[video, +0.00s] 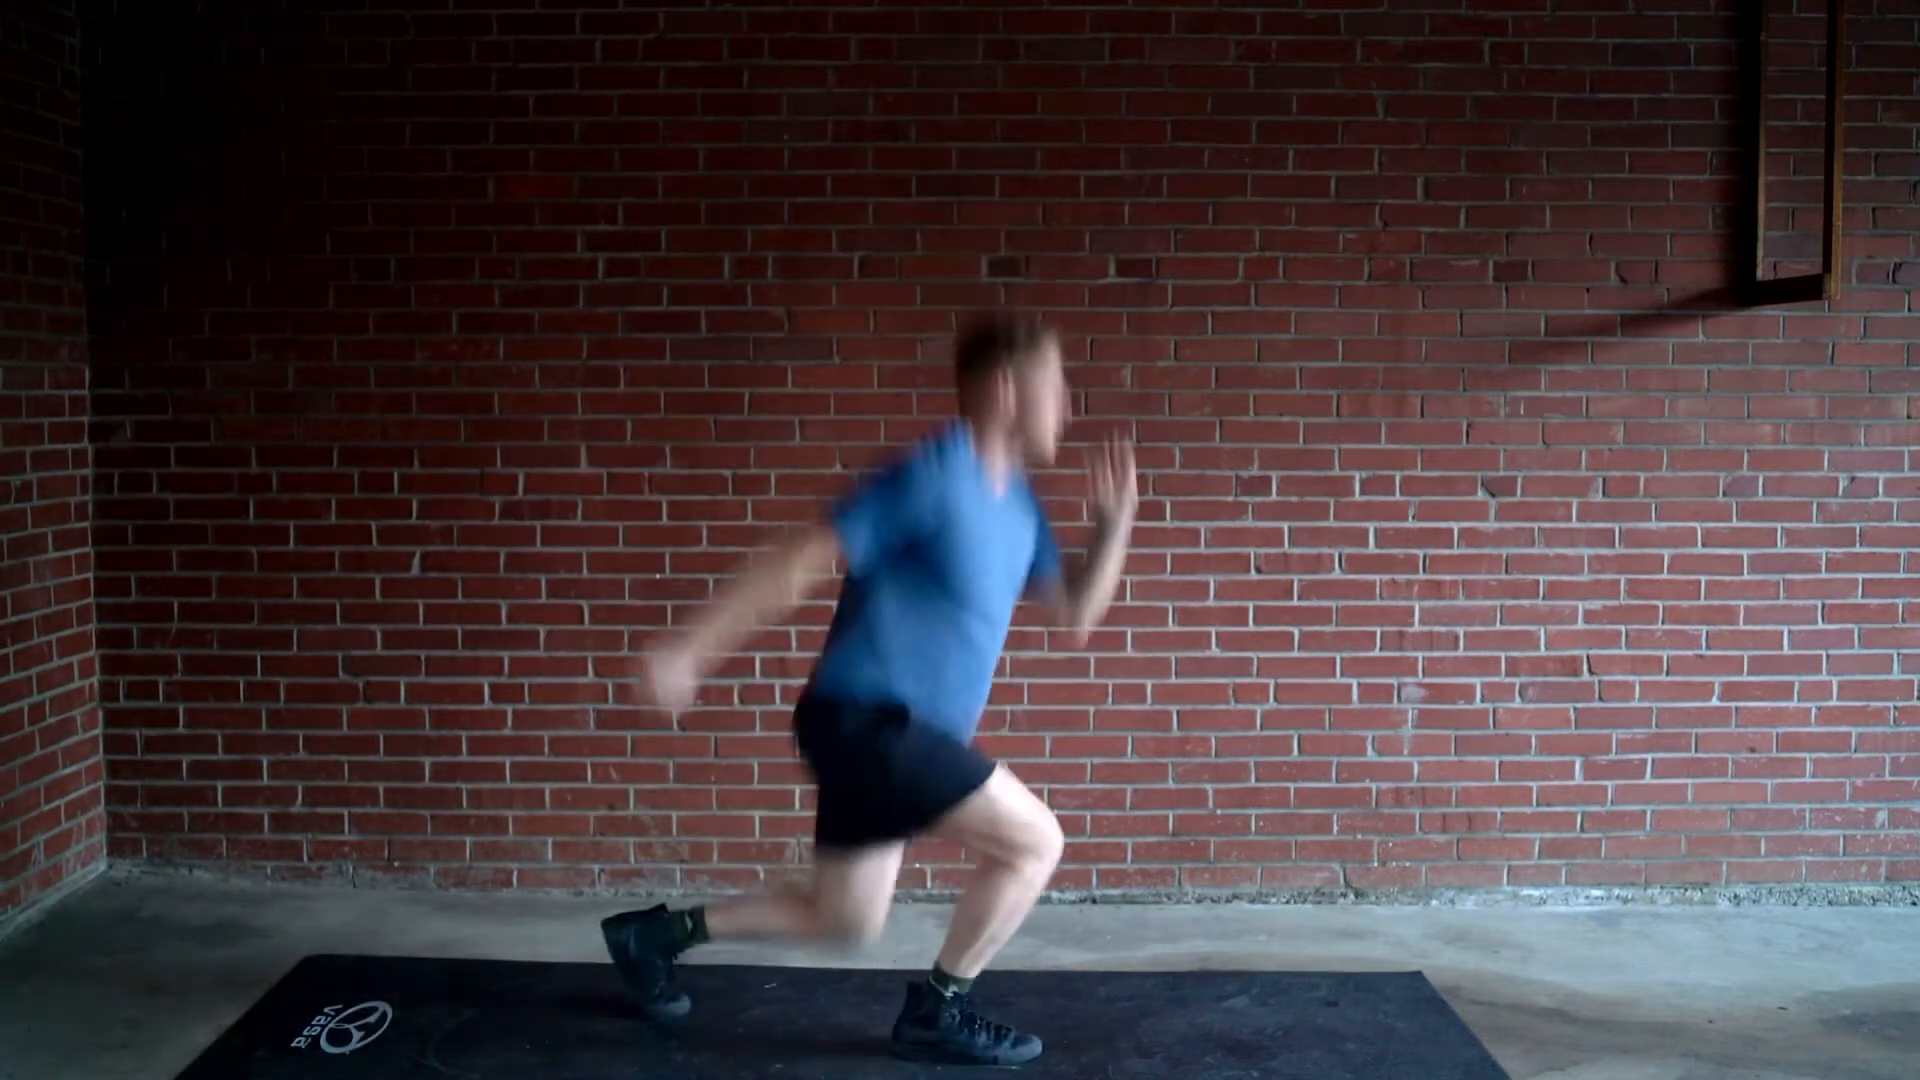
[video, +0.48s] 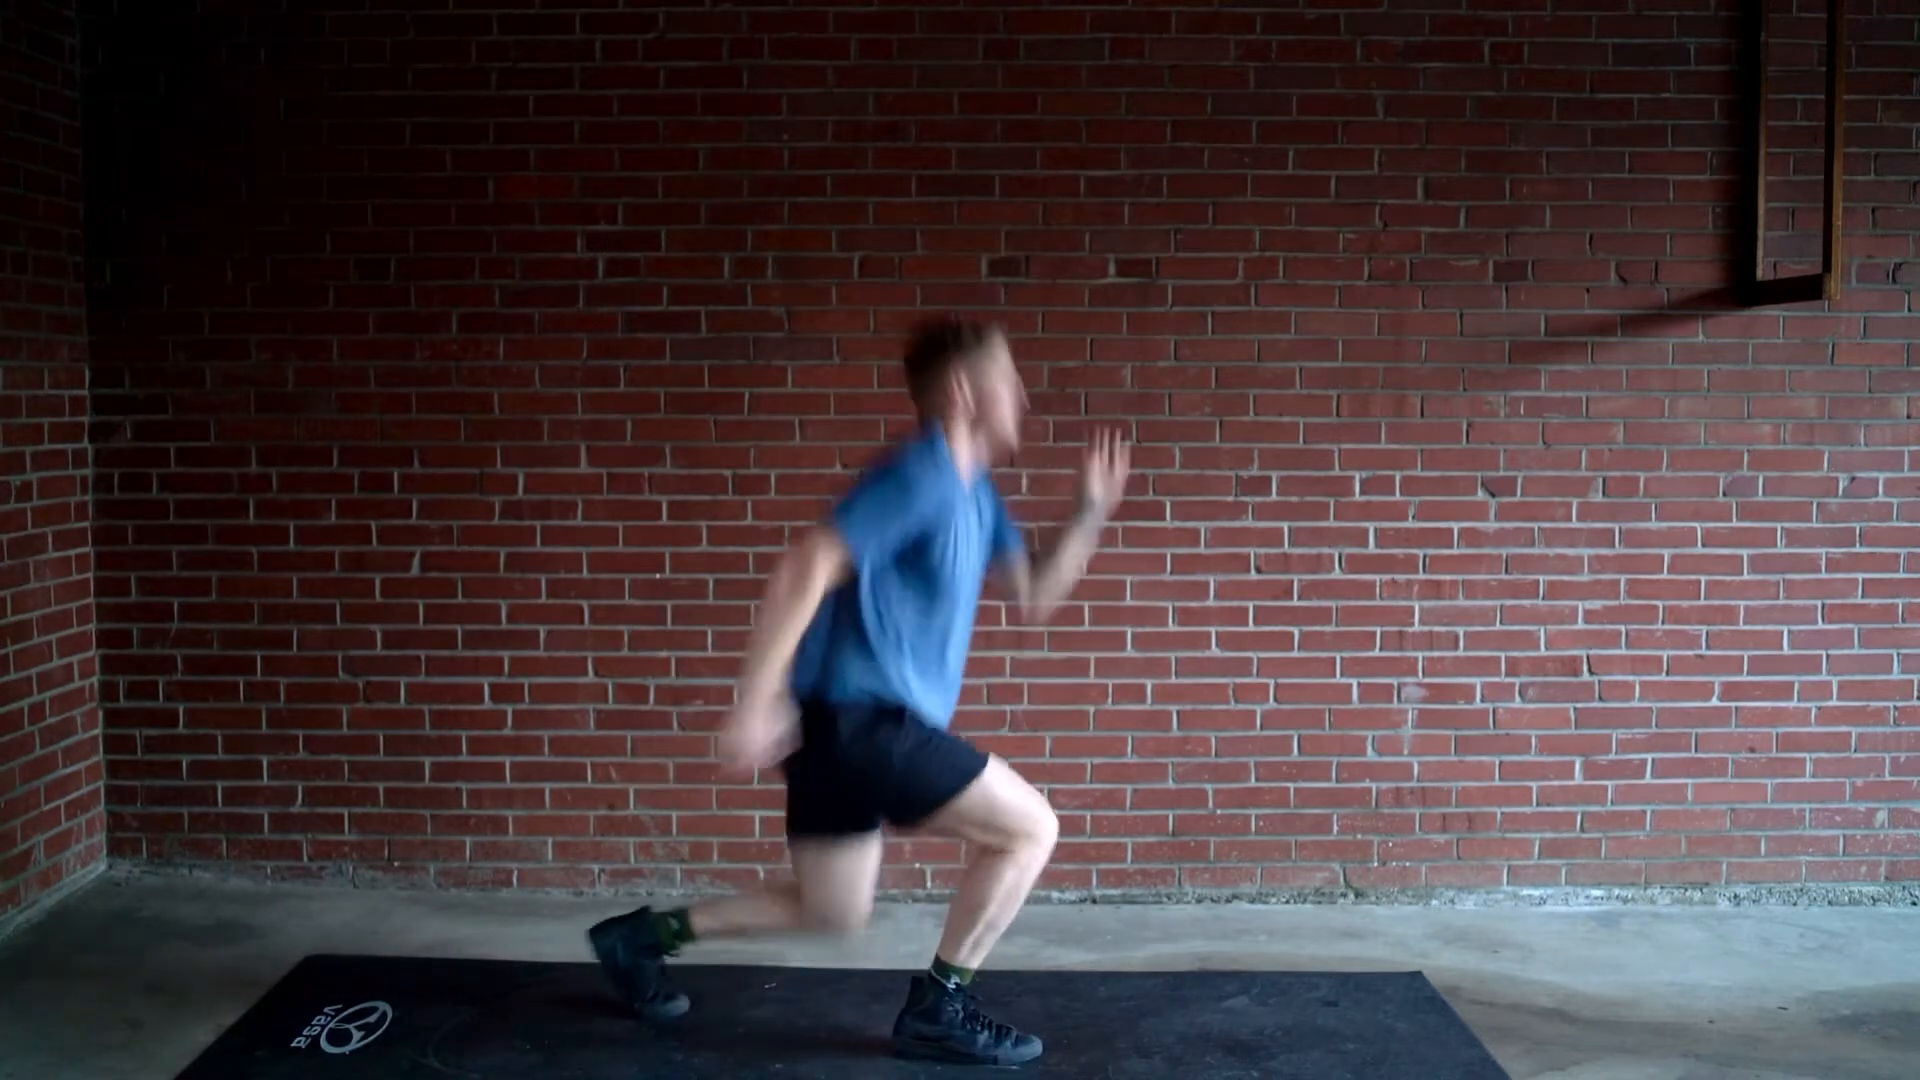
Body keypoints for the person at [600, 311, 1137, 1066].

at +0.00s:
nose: (1065, 399)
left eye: (1063, 380)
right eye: (1053, 380)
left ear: (1019, 388)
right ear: (1002, 386)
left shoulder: (1020, 504)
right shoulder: (933, 476)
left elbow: (1073, 616)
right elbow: (803, 558)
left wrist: (1115, 522)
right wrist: (688, 651)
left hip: (910, 727)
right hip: (862, 719)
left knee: (846, 914)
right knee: (1033, 842)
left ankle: (660, 932)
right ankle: (937, 1009)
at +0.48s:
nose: (1021, 393)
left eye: (1015, 376)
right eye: (1007, 376)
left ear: (966, 391)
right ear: (962, 389)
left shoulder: (973, 488)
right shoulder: (920, 476)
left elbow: (1034, 595)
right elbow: (809, 560)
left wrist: (1092, 514)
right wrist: (756, 697)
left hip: (851, 725)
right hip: (863, 724)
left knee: (831, 906)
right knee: (1029, 829)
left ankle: (644, 936)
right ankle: (940, 1004)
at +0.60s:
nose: (987, 258)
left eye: (983, 240)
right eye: (972, 239)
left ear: (937, 253)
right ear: (925, 252)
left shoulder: (945, 347)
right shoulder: (906, 337)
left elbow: (995, 435)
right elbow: (835, 434)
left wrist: (1078, 419)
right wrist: (870, 572)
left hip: (855, 606)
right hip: (880, 611)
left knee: (815, 781)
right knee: (982, 797)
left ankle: (669, 919)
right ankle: (939, 997)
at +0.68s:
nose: (971, 181)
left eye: (969, 164)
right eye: (958, 163)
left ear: (934, 173)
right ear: (911, 169)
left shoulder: (937, 268)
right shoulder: (888, 249)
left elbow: (951, 376)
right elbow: (851, 367)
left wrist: (1021, 431)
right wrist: (935, 433)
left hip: (880, 521)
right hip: (873, 526)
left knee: (804, 711)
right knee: (895, 744)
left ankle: (711, 869)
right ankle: (920, 944)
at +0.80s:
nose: (973, 119)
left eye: (971, 101)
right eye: (961, 100)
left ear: (903, 109)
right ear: (910, 107)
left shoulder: (880, 187)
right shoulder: (889, 188)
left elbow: (902, 316)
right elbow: (904, 314)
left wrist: (1002, 284)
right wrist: (1026, 276)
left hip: (854, 457)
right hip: (867, 462)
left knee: (839, 667)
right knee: (877, 677)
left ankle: (792, 848)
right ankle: (780, 852)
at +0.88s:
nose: (975, 121)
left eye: (973, 104)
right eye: (963, 104)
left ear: (914, 109)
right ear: (916, 108)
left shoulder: (899, 190)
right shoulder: (886, 191)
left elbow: (882, 327)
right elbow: (940, 316)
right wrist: (1023, 240)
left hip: (875, 467)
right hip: (850, 467)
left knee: (882, 670)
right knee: (839, 685)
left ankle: (847, 859)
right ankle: (704, 850)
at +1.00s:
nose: (981, 183)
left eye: (978, 165)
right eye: (969, 164)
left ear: (911, 172)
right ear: (919, 169)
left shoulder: (862, 257)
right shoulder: (904, 259)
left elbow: (780, 366)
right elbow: (972, 395)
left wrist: (729, 465)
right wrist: (1019, 290)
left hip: (861, 535)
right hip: (830, 535)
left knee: (912, 718)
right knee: (792, 749)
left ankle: (905, 910)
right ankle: (648, 905)